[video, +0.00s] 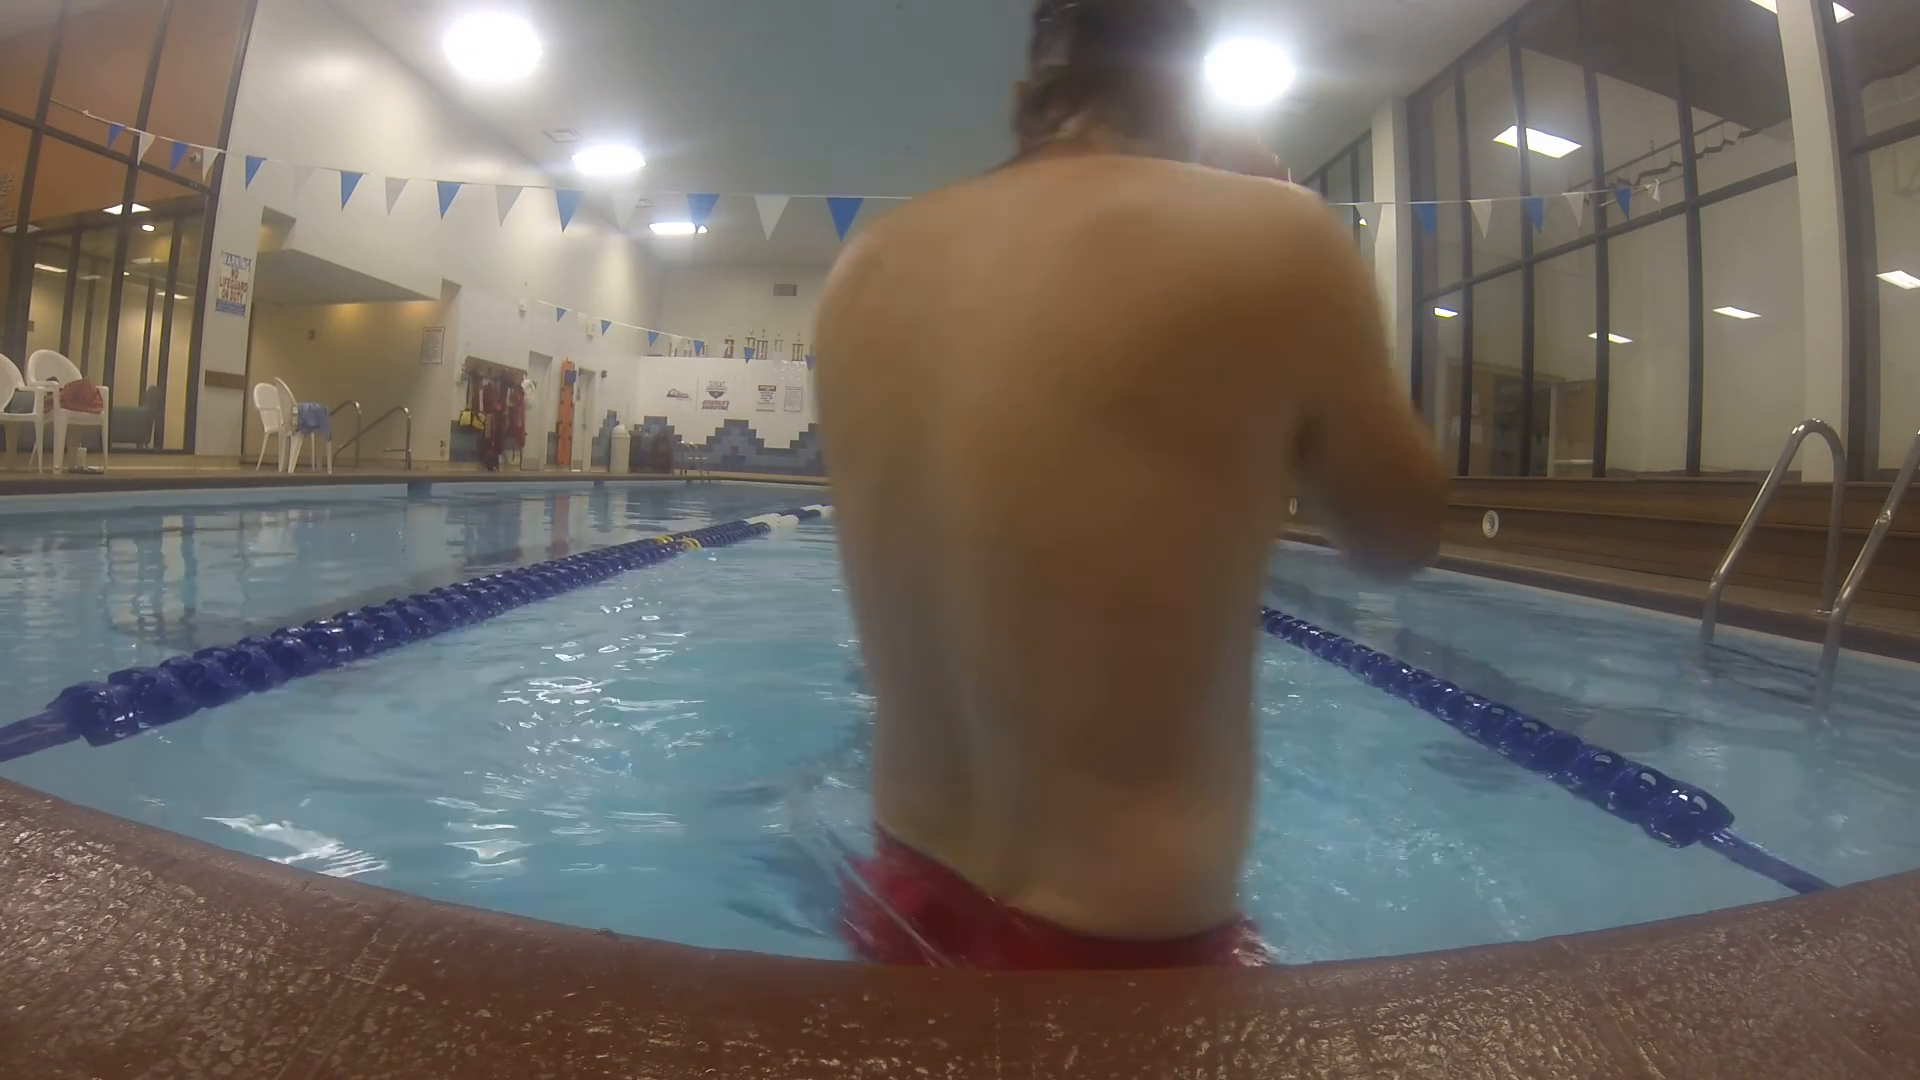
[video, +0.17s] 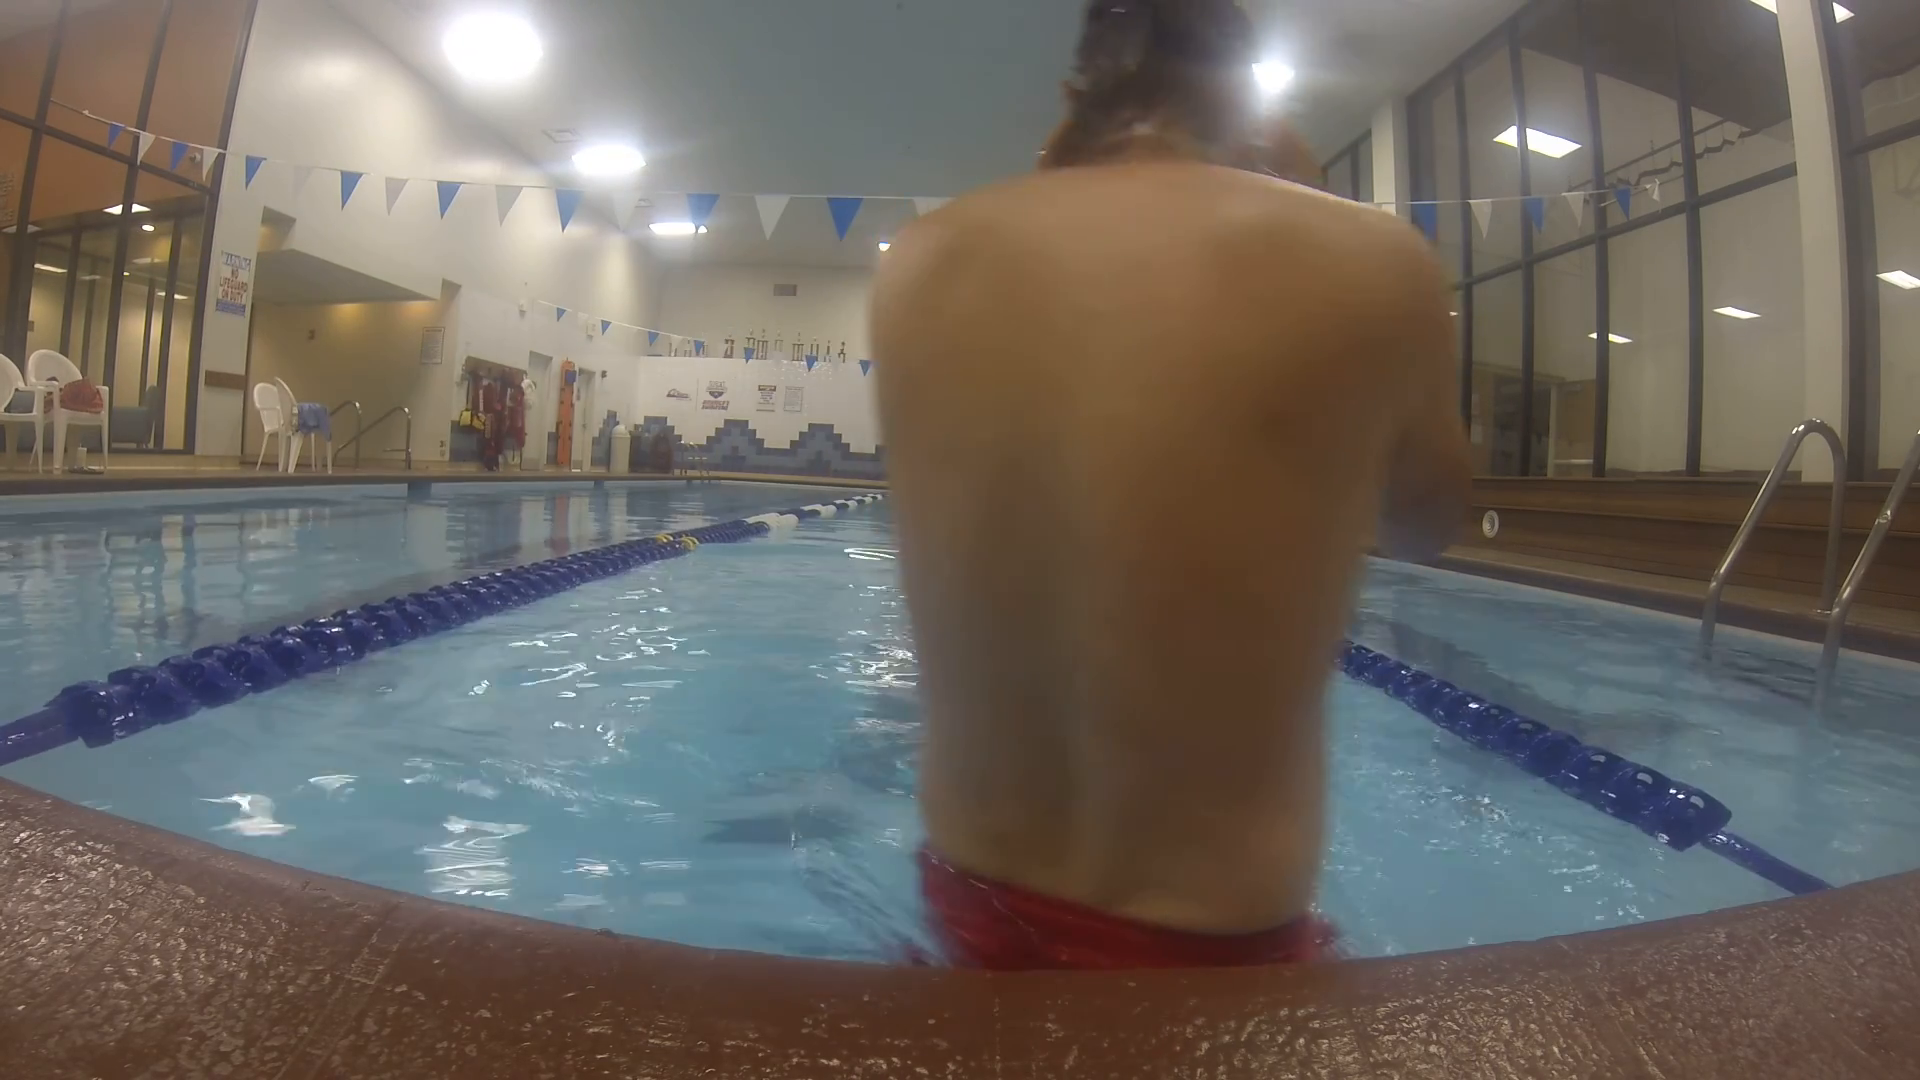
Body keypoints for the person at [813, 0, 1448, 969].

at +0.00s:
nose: (1235, 91)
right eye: (1223, 63)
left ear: (1040, 82)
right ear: (1198, 78)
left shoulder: (872, 260)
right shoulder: (1271, 242)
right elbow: (1399, 528)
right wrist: (1266, 202)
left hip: (899, 924)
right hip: (1139, 967)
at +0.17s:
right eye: (1275, 70)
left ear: (1082, 85)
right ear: (1253, 90)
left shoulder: (922, 263)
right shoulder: (1373, 265)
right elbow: (1429, 513)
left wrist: (1051, 192)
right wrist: (1303, 205)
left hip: (969, 923)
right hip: (1226, 959)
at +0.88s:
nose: (1243, 115)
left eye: (1255, 94)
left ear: (1273, 101)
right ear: (1440, 121)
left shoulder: (1223, 227)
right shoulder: (1597, 311)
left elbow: (1046, 475)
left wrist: (1185, 217)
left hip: (1193, 945)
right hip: (1455, 948)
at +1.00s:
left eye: (1253, 94)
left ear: (1272, 102)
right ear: (1439, 119)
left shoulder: (1215, 232)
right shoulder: (1594, 309)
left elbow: (1042, 471)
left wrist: (1172, 215)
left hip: (1202, 942)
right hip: (1458, 942)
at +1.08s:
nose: (1236, 116)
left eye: (1247, 94)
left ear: (1269, 107)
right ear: (1432, 119)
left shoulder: (1213, 237)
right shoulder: (1589, 306)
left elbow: (1043, 476)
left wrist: (1169, 209)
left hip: (1210, 945)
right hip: (1463, 940)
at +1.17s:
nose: (1221, 123)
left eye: (1233, 100)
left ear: (1259, 106)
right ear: (1420, 119)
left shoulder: (1206, 242)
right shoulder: (1587, 310)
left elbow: (1047, 496)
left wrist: (1168, 210)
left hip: (1213, 943)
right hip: (1466, 941)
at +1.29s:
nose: (1223, 128)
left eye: (1235, 107)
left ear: (1260, 118)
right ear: (1415, 129)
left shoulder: (1204, 249)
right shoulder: (1578, 310)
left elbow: (1051, 509)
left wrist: (1168, 224)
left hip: (1216, 951)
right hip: (1471, 947)